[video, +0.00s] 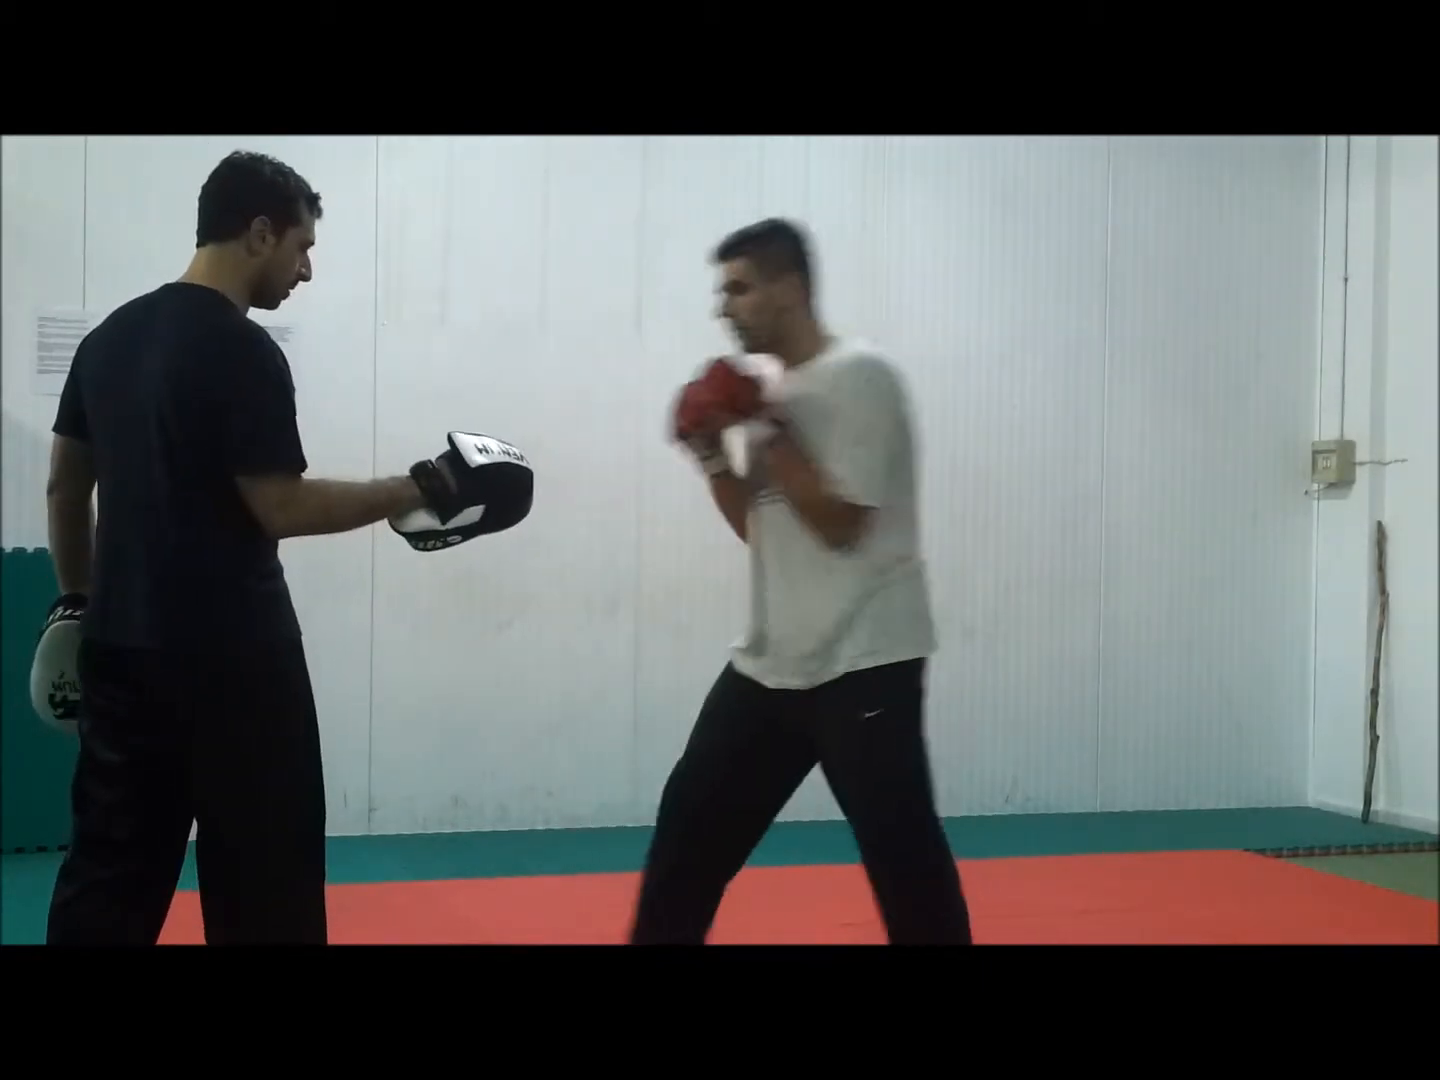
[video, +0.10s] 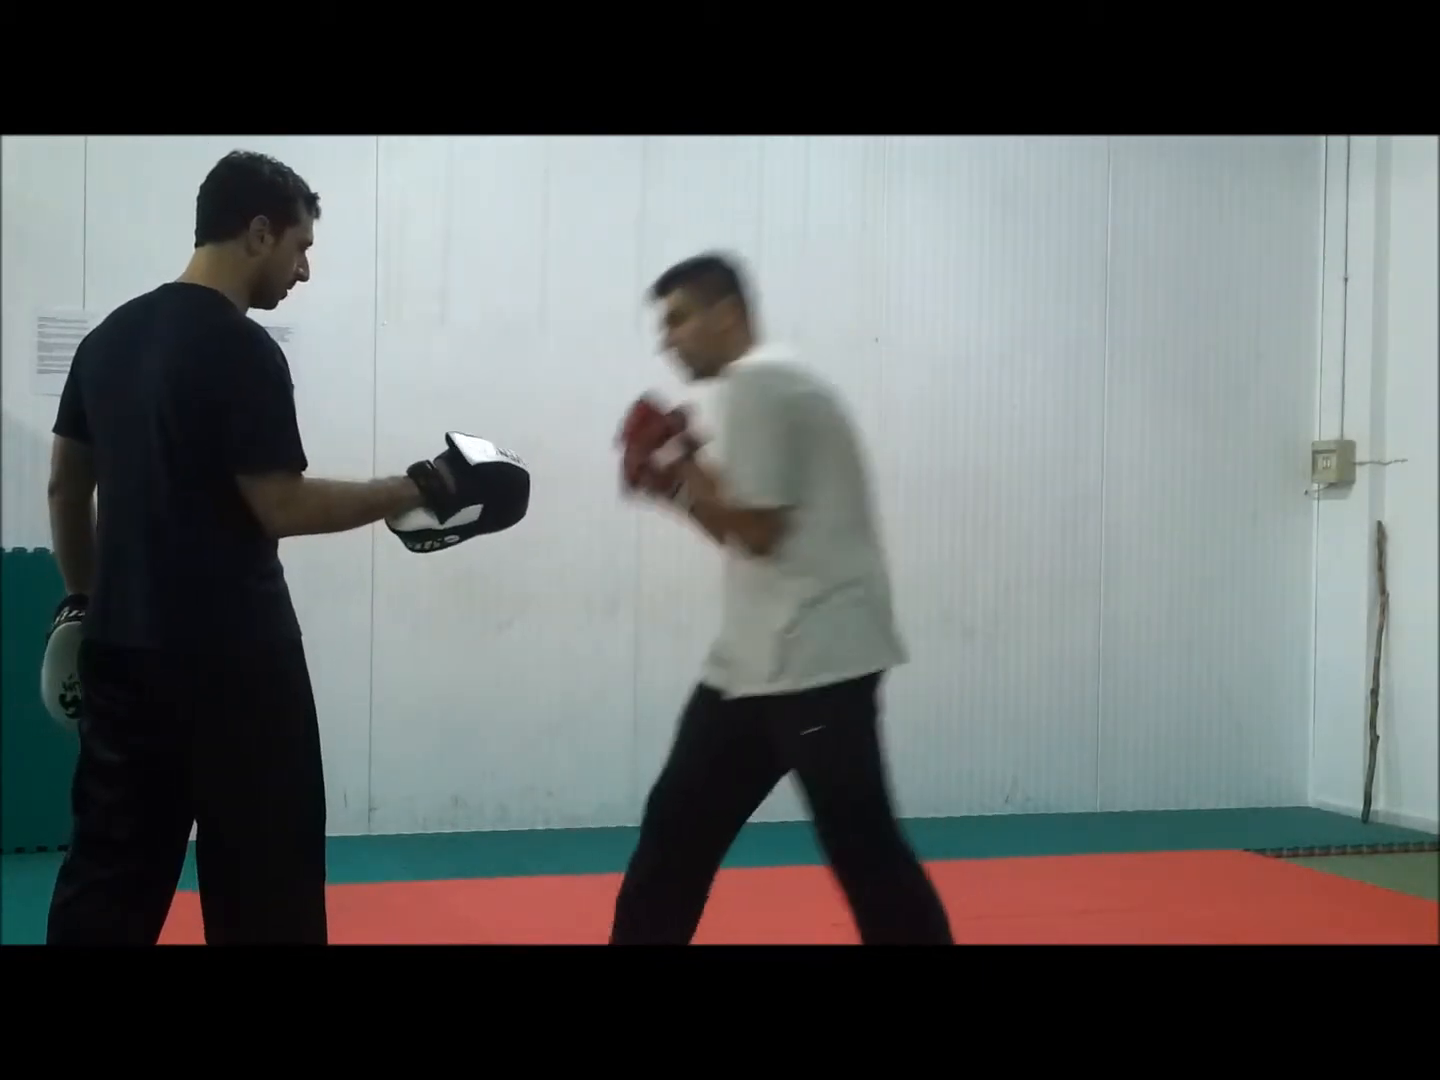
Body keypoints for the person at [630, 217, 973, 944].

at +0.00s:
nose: (723, 307)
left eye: (737, 289)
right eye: (721, 292)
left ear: (791, 287)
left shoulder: (862, 377)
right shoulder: (772, 398)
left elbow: (841, 528)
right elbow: (760, 532)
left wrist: (768, 432)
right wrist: (710, 452)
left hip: (867, 660)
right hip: (776, 658)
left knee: (904, 855)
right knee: (690, 829)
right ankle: (656, 947)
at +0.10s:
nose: (668, 339)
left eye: (679, 319)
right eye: (664, 324)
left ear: (730, 312)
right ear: (728, 320)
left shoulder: (763, 386)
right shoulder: (767, 387)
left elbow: (758, 529)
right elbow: (755, 527)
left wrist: (687, 470)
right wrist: (676, 486)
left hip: (818, 666)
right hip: (753, 664)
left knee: (865, 849)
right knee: (673, 844)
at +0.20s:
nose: (628, 367)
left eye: (637, 346)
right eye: (623, 354)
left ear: (687, 333)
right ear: (692, 342)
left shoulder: (702, 402)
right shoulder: (754, 400)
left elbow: (714, 545)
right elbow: (745, 536)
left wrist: (652, 513)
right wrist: (655, 517)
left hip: (784, 672)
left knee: (840, 863)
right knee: (651, 849)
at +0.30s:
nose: (574, 362)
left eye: (584, 341)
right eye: (567, 349)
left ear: (636, 328)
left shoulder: (710, 383)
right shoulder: (645, 434)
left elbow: (720, 516)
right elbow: (708, 577)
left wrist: (635, 458)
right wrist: (648, 623)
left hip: (785, 659)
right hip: (688, 670)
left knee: (848, 856)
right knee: (611, 846)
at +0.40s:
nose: (563, 341)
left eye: (569, 318)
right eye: (551, 336)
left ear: (615, 303)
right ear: (557, 354)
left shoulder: (721, 363)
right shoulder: (581, 438)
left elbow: (776, 459)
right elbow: (636, 546)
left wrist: (691, 397)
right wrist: (572, 621)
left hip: (791, 647)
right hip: (678, 676)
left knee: (871, 837)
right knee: (622, 878)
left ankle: (918, 940)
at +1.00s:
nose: (568, 322)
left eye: (578, 300)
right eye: (562, 308)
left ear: (631, 290)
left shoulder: (720, 371)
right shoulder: (631, 404)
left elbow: (745, 501)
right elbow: (670, 530)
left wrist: (635, 434)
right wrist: (601, 551)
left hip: (765, 651)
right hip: (669, 661)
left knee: (835, 839)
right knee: (618, 844)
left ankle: (898, 944)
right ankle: (599, 942)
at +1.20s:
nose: (746, 329)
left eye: (759, 309)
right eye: (740, 312)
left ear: (811, 297)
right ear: (748, 311)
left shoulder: (895, 390)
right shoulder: (774, 396)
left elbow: (884, 534)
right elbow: (760, 533)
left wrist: (814, 447)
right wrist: (737, 455)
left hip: (883, 657)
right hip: (786, 646)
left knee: (919, 856)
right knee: (701, 805)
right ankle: (678, 942)